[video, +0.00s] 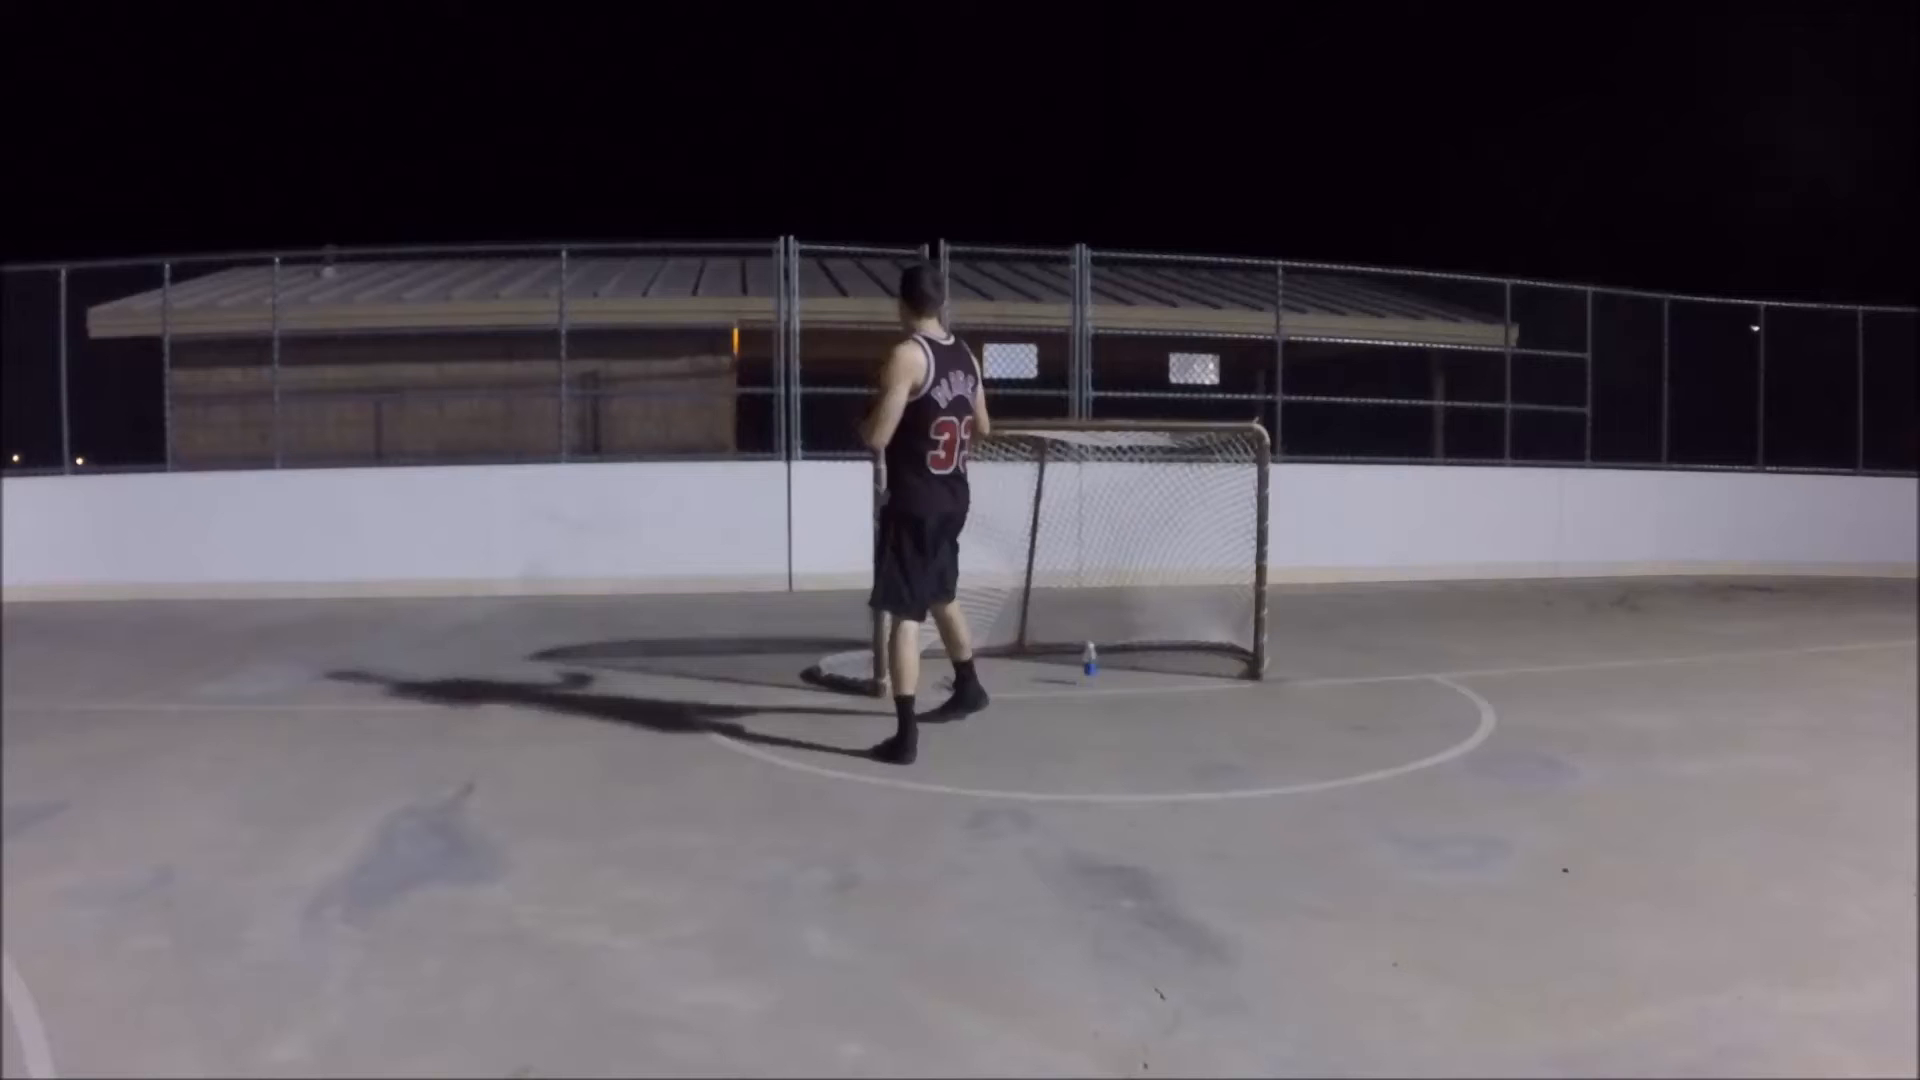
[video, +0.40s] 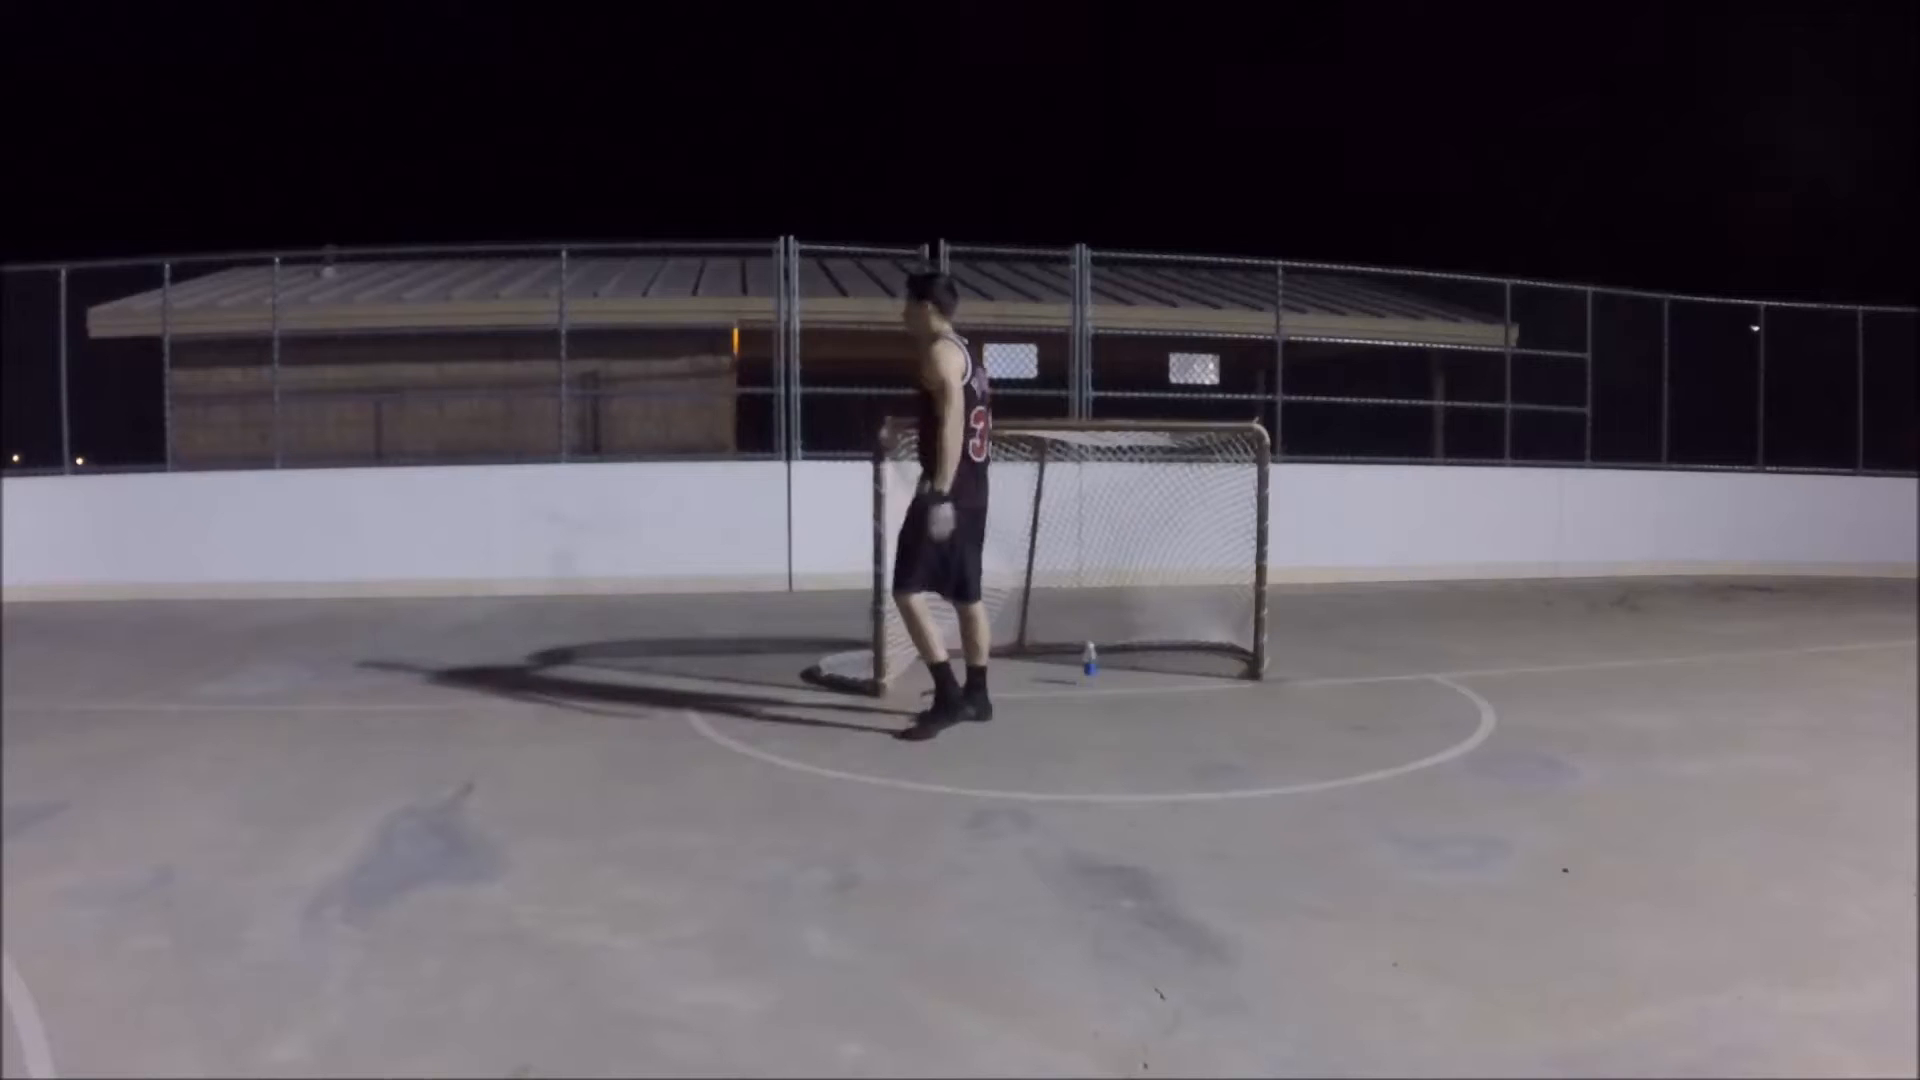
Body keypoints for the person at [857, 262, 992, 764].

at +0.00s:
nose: (900, 308)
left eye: (900, 301)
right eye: (910, 301)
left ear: (903, 304)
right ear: (944, 303)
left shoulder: (906, 356)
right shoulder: (964, 353)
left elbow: (876, 437)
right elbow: (981, 425)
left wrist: (868, 419)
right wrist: (938, 416)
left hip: (914, 501)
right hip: (952, 497)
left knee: (904, 614)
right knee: (941, 596)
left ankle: (904, 736)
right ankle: (969, 686)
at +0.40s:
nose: (904, 316)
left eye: (908, 307)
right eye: (905, 306)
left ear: (927, 308)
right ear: (944, 309)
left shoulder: (939, 354)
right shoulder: (965, 353)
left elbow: (951, 423)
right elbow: (962, 424)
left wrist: (942, 493)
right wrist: (908, 432)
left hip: (942, 491)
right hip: (970, 491)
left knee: (906, 590)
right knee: (968, 595)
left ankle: (947, 693)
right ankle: (977, 695)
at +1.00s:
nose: (915, 316)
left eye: (923, 308)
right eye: (914, 308)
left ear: (951, 312)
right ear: (921, 314)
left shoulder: (968, 360)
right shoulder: (937, 361)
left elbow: (1012, 428)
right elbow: (947, 424)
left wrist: (1005, 500)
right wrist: (905, 426)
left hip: (968, 498)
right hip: (944, 497)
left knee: (964, 606)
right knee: (958, 605)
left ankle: (975, 724)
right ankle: (971, 700)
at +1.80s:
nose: (980, 290)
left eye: (985, 281)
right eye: (968, 282)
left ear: (993, 285)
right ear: (943, 289)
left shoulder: (1019, 344)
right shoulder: (923, 346)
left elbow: (1037, 426)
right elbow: (898, 423)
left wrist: (1021, 492)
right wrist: (876, 497)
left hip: (997, 502)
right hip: (938, 500)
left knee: (987, 625)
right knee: (930, 621)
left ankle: (978, 727)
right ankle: (920, 752)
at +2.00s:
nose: (983, 290)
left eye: (986, 281)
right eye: (971, 283)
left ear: (991, 287)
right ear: (941, 289)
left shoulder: (1015, 350)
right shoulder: (912, 356)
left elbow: (1034, 433)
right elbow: (889, 437)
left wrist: (1039, 509)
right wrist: (878, 514)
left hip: (998, 516)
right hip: (937, 518)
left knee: (986, 635)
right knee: (941, 644)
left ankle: (978, 715)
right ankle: (947, 776)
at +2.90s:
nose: (999, 257)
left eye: (998, 246)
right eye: (987, 247)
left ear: (986, 255)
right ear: (949, 254)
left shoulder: (1011, 321)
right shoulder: (906, 328)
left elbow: (1034, 413)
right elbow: (891, 428)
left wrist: (1055, 495)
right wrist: (907, 516)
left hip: (1019, 506)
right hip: (948, 512)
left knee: (1065, 638)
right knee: (946, 650)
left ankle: (1115, 783)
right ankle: (949, 782)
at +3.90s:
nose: (1087, 233)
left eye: (1088, 224)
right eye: (1071, 226)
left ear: (1093, 237)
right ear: (1035, 241)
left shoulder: (1129, 315)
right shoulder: (1004, 324)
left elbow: (1151, 415)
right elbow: (985, 428)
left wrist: (1127, 494)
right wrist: (1000, 507)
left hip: (1105, 513)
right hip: (1033, 516)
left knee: (1085, 672)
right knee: (1038, 671)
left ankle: (1067, 816)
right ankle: (1044, 780)